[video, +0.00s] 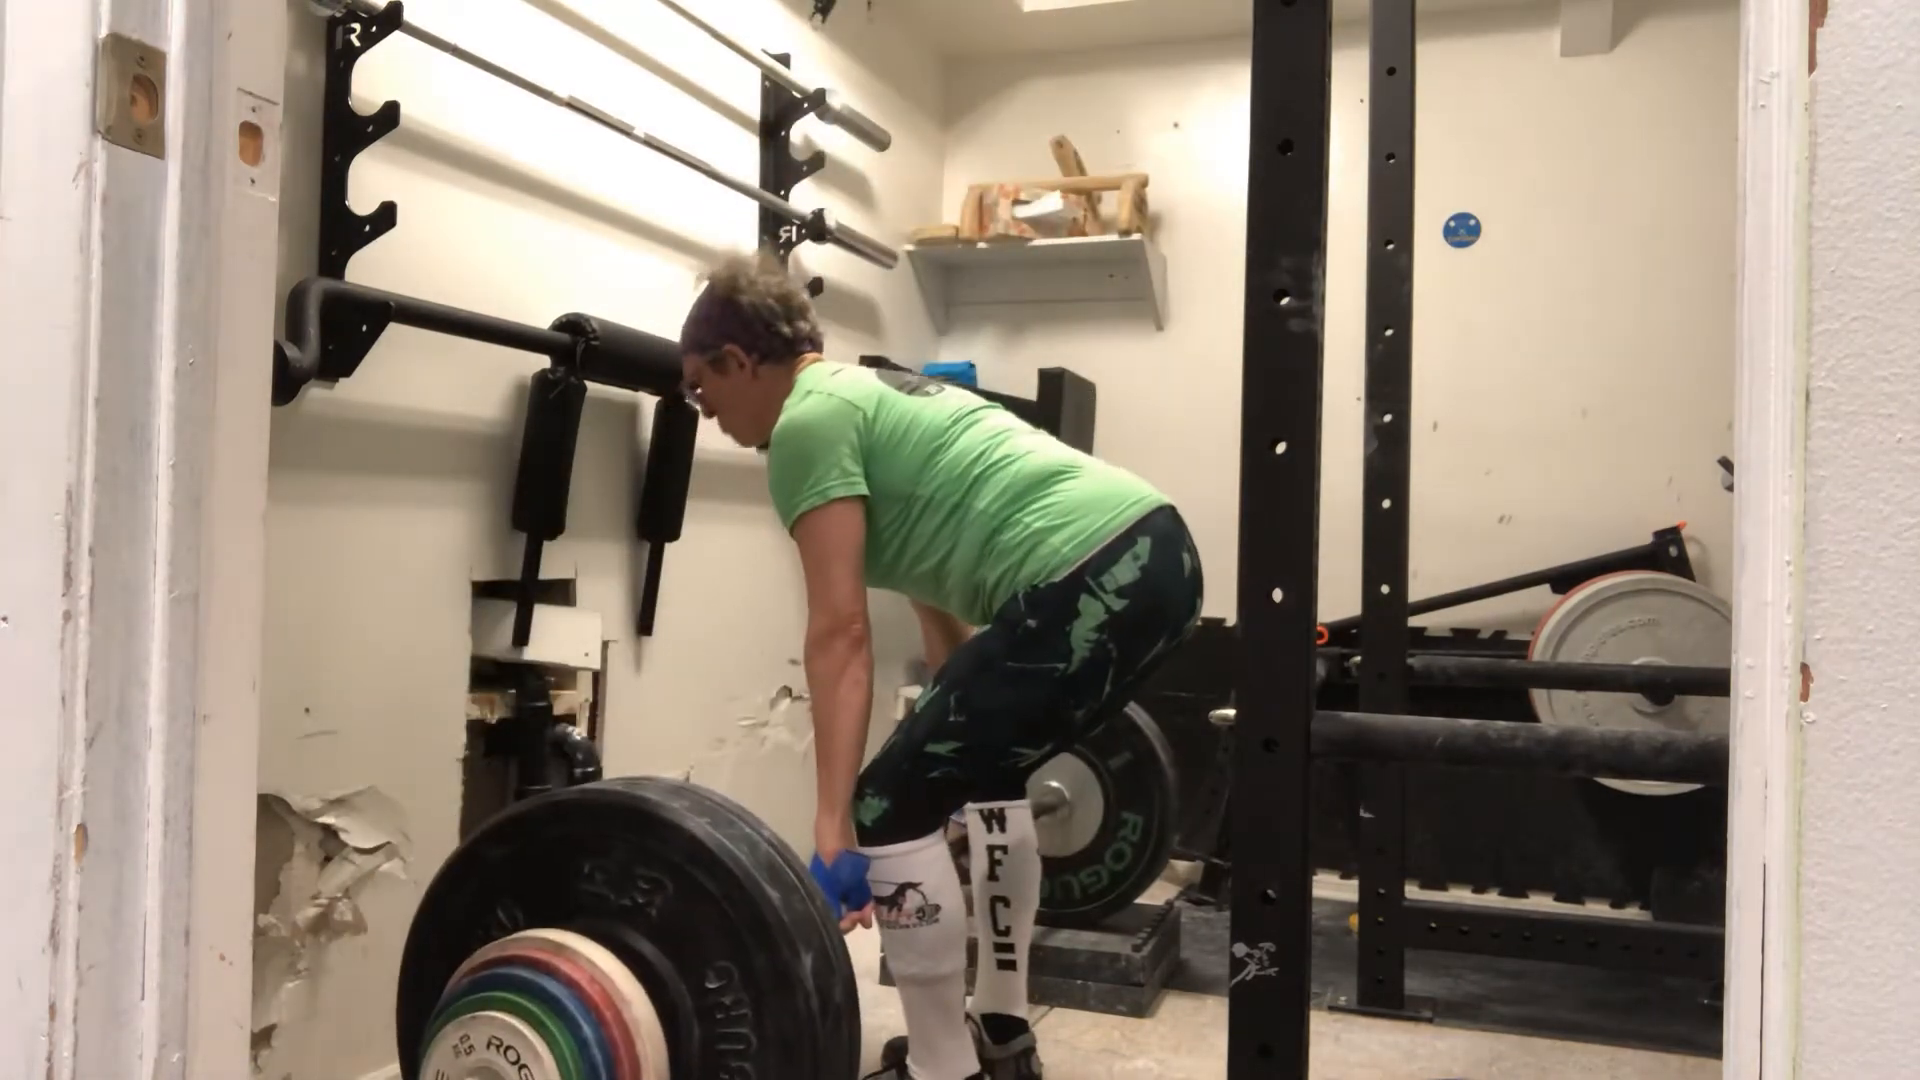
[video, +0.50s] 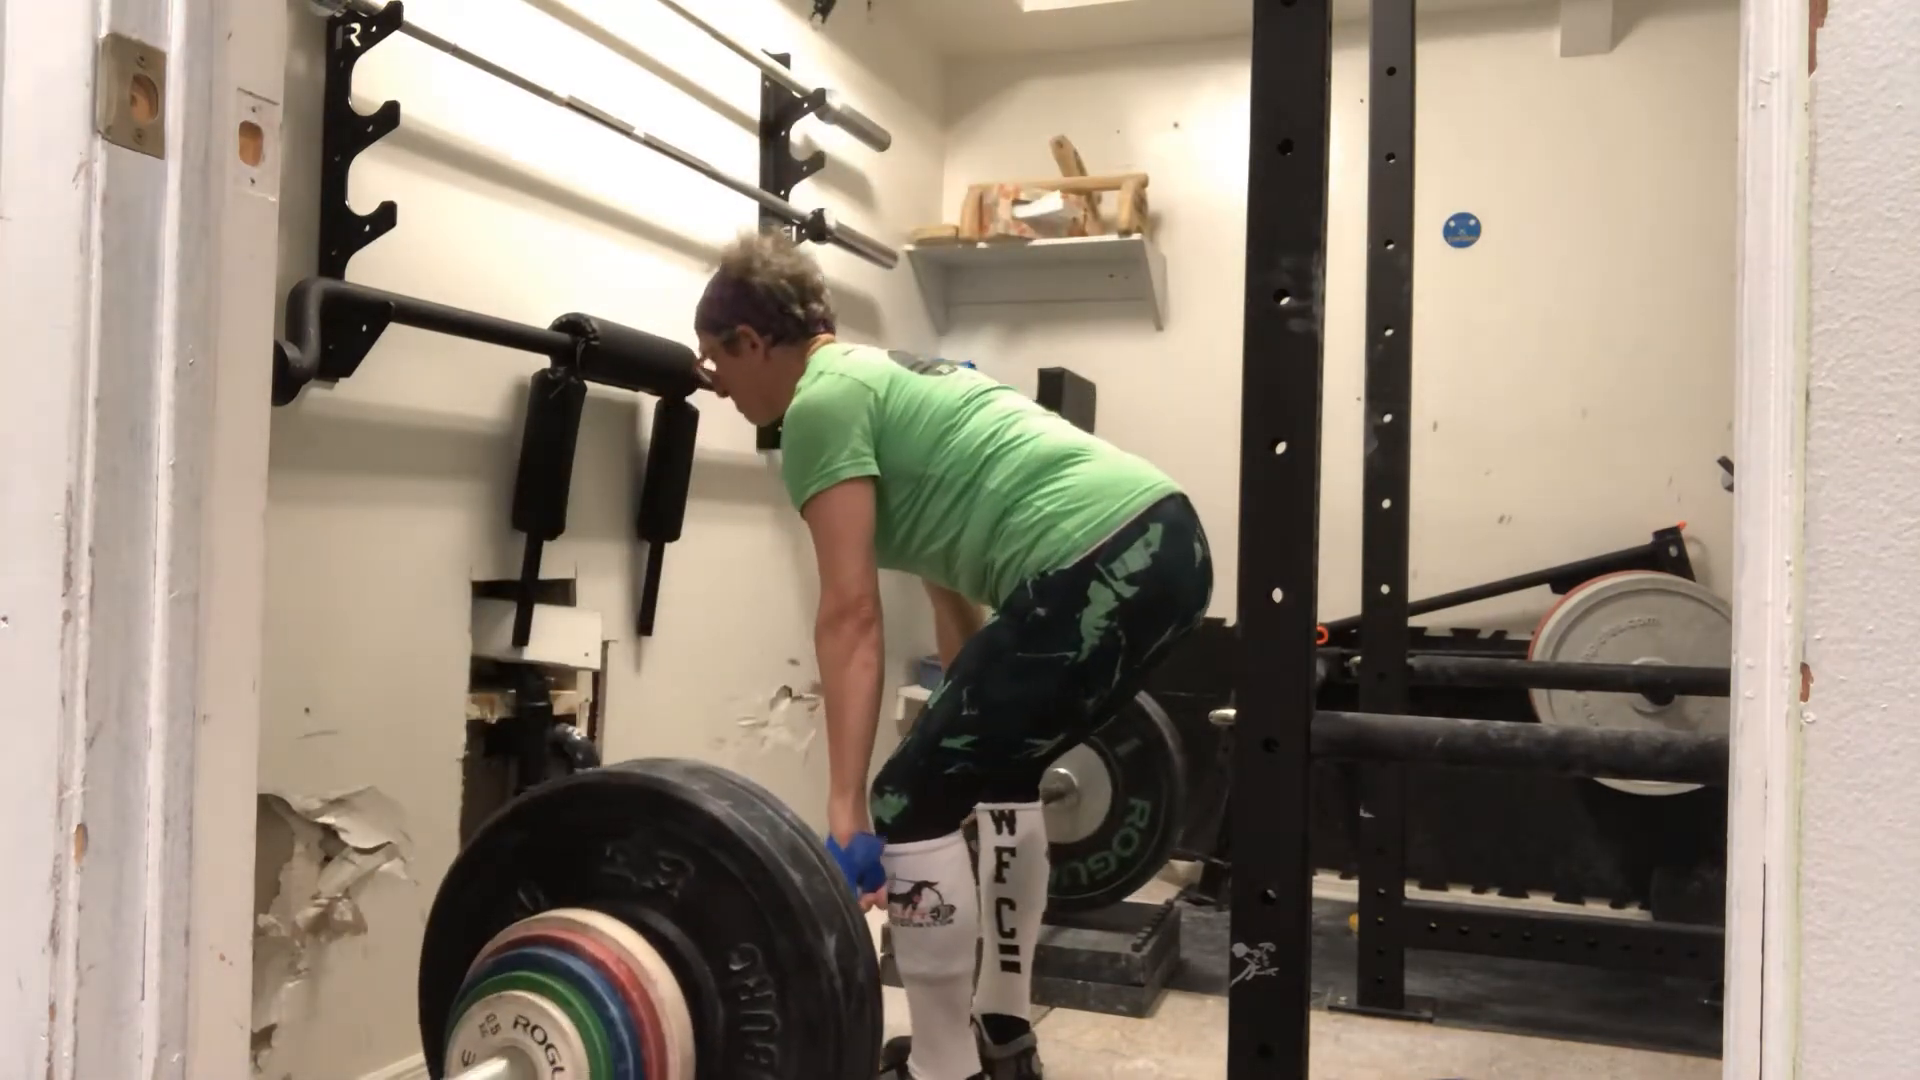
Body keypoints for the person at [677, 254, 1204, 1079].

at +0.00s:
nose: (703, 409)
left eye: (702, 385)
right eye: (694, 392)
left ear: (744, 359)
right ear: (781, 348)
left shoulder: (808, 423)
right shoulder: (875, 395)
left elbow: (841, 637)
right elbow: (946, 627)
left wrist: (833, 824)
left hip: (1088, 583)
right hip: (1147, 555)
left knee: (890, 805)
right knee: (980, 790)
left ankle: (941, 1059)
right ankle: (998, 1025)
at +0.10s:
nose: (708, 401)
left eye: (708, 377)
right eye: (701, 383)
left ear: (752, 352)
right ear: (789, 342)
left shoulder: (815, 419)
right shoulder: (880, 390)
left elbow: (844, 632)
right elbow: (947, 615)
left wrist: (834, 819)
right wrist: (960, 755)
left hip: (1093, 582)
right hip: (1153, 557)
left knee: (896, 803)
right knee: (987, 786)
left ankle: (941, 1063)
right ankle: (1000, 1028)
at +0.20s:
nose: (708, 397)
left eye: (710, 374)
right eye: (702, 378)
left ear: (753, 350)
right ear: (790, 340)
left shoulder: (820, 416)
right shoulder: (883, 391)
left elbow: (846, 631)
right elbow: (949, 613)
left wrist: (836, 817)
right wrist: (965, 754)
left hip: (1098, 580)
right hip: (1155, 557)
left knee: (900, 801)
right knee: (987, 787)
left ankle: (940, 1062)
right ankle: (1000, 1030)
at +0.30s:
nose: (708, 394)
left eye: (710, 370)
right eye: (703, 375)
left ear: (753, 349)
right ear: (791, 338)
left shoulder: (821, 413)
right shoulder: (882, 388)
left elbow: (847, 629)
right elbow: (950, 610)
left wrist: (839, 815)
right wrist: (967, 748)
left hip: (1097, 577)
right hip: (1156, 552)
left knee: (904, 798)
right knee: (989, 785)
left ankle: (941, 1060)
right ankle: (999, 1029)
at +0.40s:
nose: (708, 389)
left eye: (711, 366)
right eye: (703, 371)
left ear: (756, 347)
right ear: (791, 337)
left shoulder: (820, 410)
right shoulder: (883, 387)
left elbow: (848, 626)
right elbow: (951, 603)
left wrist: (844, 812)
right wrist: (972, 742)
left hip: (1097, 574)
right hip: (1156, 550)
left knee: (905, 800)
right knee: (991, 783)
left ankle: (941, 1061)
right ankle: (1000, 1029)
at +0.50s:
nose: (712, 380)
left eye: (716, 358)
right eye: (707, 362)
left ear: (759, 340)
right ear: (793, 331)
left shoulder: (821, 405)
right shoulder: (888, 378)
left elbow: (851, 620)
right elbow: (955, 595)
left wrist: (848, 809)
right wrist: (971, 733)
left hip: (1095, 570)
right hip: (1159, 544)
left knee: (912, 803)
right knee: (1000, 784)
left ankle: (942, 1065)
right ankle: (1002, 1031)